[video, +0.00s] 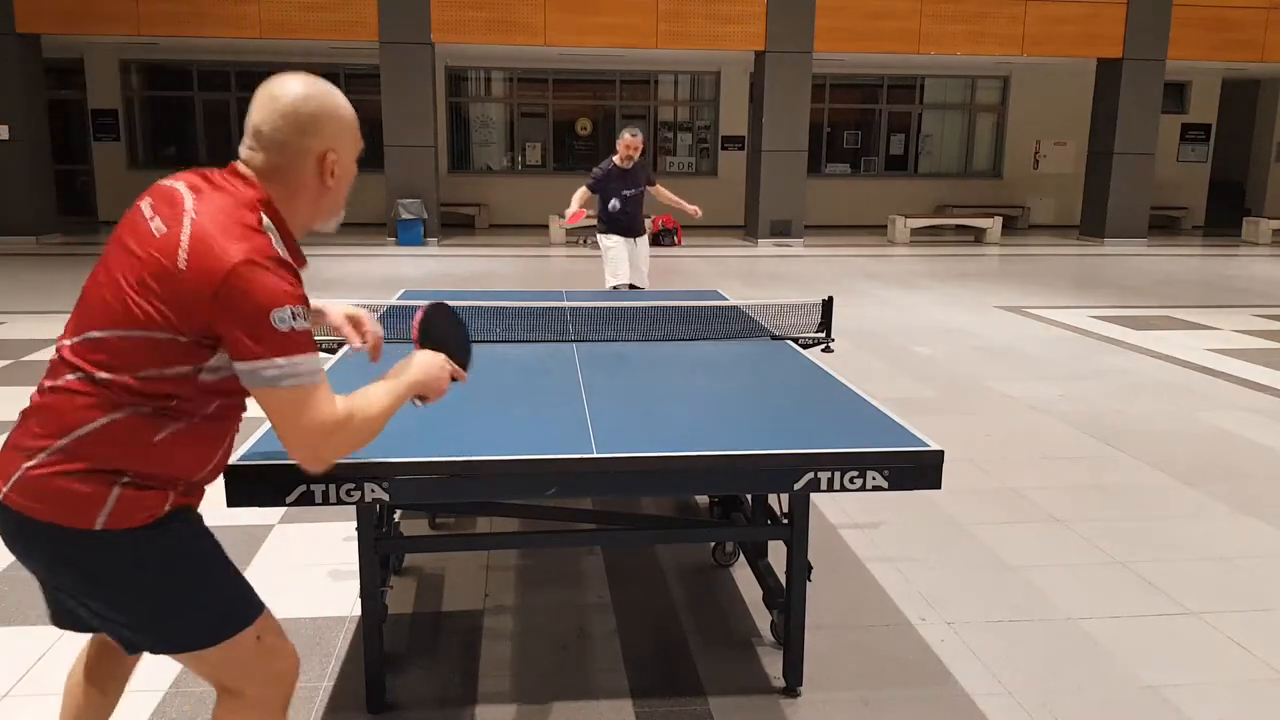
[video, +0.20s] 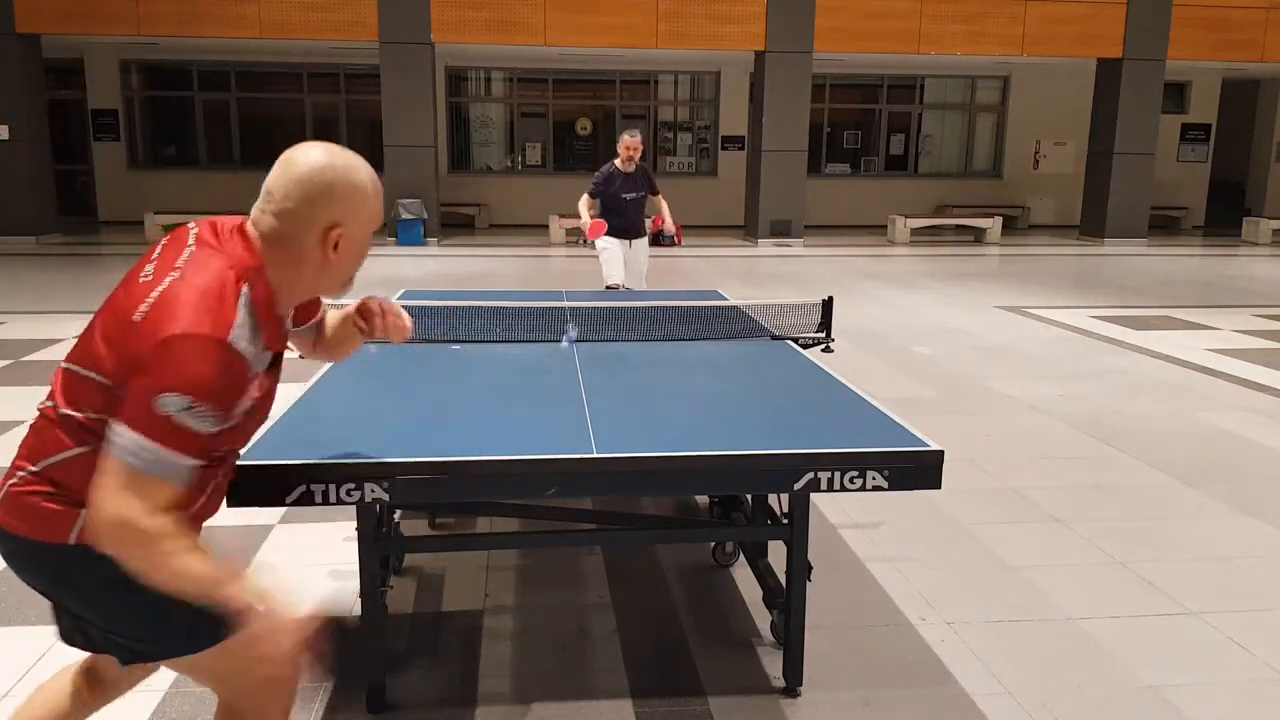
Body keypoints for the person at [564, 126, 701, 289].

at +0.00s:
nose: (632, 153)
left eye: (636, 149)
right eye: (628, 148)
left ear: (641, 149)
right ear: (618, 145)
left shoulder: (641, 167)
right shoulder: (605, 171)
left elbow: (656, 190)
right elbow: (583, 192)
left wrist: (686, 207)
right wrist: (574, 207)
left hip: (638, 235)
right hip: (612, 236)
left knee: (639, 288)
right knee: (619, 287)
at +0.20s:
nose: (631, 154)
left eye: (635, 149)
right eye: (627, 149)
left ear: (641, 150)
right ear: (618, 148)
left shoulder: (643, 172)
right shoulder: (606, 173)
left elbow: (659, 200)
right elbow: (584, 201)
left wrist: (668, 221)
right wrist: (586, 219)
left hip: (638, 240)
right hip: (610, 239)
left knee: (637, 290)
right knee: (613, 286)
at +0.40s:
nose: (629, 141)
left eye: (633, 137)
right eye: (625, 137)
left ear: (639, 139)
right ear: (617, 138)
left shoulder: (642, 164)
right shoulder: (604, 164)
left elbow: (652, 194)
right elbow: (585, 194)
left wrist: (648, 215)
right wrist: (588, 219)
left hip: (635, 232)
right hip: (607, 232)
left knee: (631, 283)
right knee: (604, 282)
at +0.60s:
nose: (628, 146)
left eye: (632, 142)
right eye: (624, 141)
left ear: (637, 145)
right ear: (615, 143)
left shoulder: (638, 169)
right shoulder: (601, 170)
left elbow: (643, 198)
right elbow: (585, 203)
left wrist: (646, 224)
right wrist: (589, 234)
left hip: (630, 236)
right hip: (602, 238)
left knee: (643, 279)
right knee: (597, 286)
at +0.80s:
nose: (638, 148)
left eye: (642, 144)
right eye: (634, 143)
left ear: (647, 146)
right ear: (624, 143)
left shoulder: (642, 167)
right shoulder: (609, 167)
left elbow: (643, 193)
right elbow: (586, 198)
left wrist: (648, 221)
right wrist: (602, 226)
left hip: (632, 234)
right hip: (605, 234)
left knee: (642, 278)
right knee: (602, 284)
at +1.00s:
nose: (651, 158)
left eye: (655, 154)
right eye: (647, 152)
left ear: (658, 155)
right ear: (636, 151)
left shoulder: (650, 172)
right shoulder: (623, 175)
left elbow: (651, 200)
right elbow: (613, 213)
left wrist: (663, 230)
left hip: (640, 236)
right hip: (616, 234)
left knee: (648, 281)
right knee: (625, 279)